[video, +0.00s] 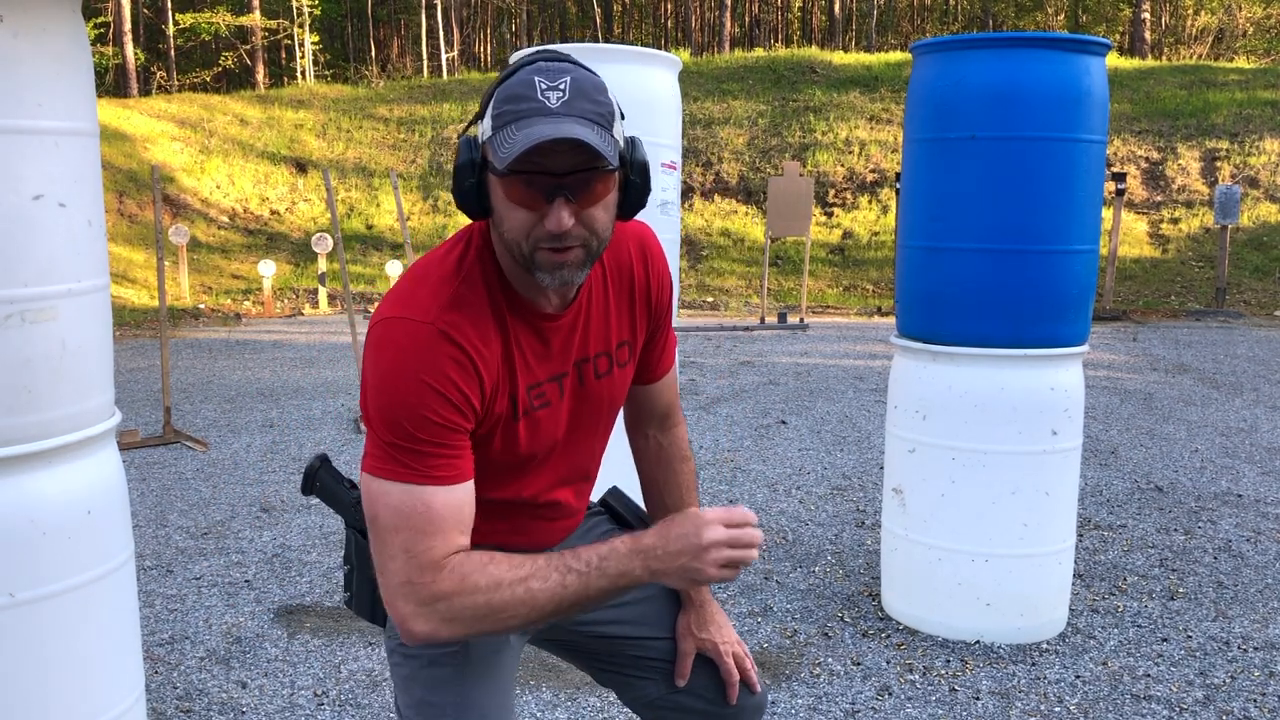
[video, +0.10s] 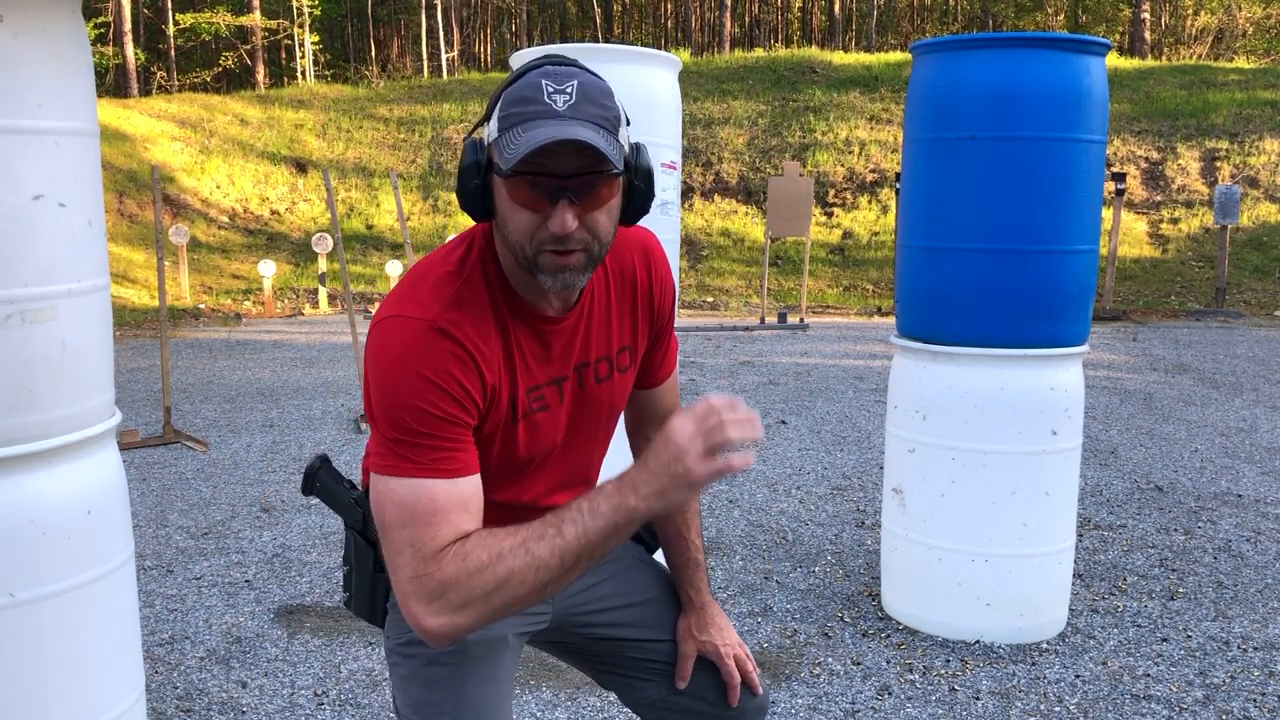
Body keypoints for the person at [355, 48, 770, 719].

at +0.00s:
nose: (560, 216)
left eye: (584, 181)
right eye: (533, 183)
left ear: (620, 181)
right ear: (483, 181)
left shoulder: (635, 260)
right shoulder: (422, 332)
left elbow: (658, 422)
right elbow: (423, 600)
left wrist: (698, 592)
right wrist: (651, 556)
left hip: (569, 538)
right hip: (450, 573)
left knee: (730, 698)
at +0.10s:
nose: (564, 218)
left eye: (589, 182)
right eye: (537, 183)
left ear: (624, 186)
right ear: (488, 183)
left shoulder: (639, 266)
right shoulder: (422, 331)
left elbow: (657, 431)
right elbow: (436, 596)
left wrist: (697, 597)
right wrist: (644, 490)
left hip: (583, 552)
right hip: (455, 579)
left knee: (731, 700)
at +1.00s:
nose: (550, 204)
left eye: (577, 172)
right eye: (523, 171)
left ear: (613, 170)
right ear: (474, 166)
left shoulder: (628, 253)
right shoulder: (415, 313)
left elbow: (655, 432)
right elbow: (510, 558)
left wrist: (690, 599)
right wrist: (703, 430)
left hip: (567, 536)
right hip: (433, 551)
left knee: (721, 701)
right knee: (456, 705)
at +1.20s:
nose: (572, 189)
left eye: (596, 156)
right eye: (542, 156)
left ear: (627, 159)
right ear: (489, 155)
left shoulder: (632, 251)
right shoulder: (415, 311)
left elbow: (655, 427)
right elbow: (426, 574)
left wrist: (689, 602)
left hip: (569, 537)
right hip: (442, 563)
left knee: (714, 694)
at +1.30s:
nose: (585, 177)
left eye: (607, 145)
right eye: (554, 146)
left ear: (634, 153)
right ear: (494, 154)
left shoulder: (639, 253)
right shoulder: (419, 307)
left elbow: (656, 426)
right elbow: (378, 565)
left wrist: (687, 600)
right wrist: (581, 670)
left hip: (571, 535)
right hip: (444, 556)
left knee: (716, 696)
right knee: (451, 704)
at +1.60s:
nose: (584, 172)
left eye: (602, 139)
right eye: (551, 141)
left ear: (626, 146)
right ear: (485, 150)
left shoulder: (641, 254)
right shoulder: (406, 293)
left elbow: (660, 427)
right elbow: (386, 557)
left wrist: (684, 605)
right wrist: (603, 455)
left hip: (572, 535)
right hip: (433, 567)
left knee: (711, 703)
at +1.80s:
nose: (574, 179)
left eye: (593, 145)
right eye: (540, 147)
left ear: (618, 150)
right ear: (480, 152)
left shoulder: (635, 253)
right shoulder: (403, 293)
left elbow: (656, 429)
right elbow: (422, 554)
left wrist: (680, 605)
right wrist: (602, 420)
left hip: (567, 534)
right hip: (429, 562)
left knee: (705, 701)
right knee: (435, 707)